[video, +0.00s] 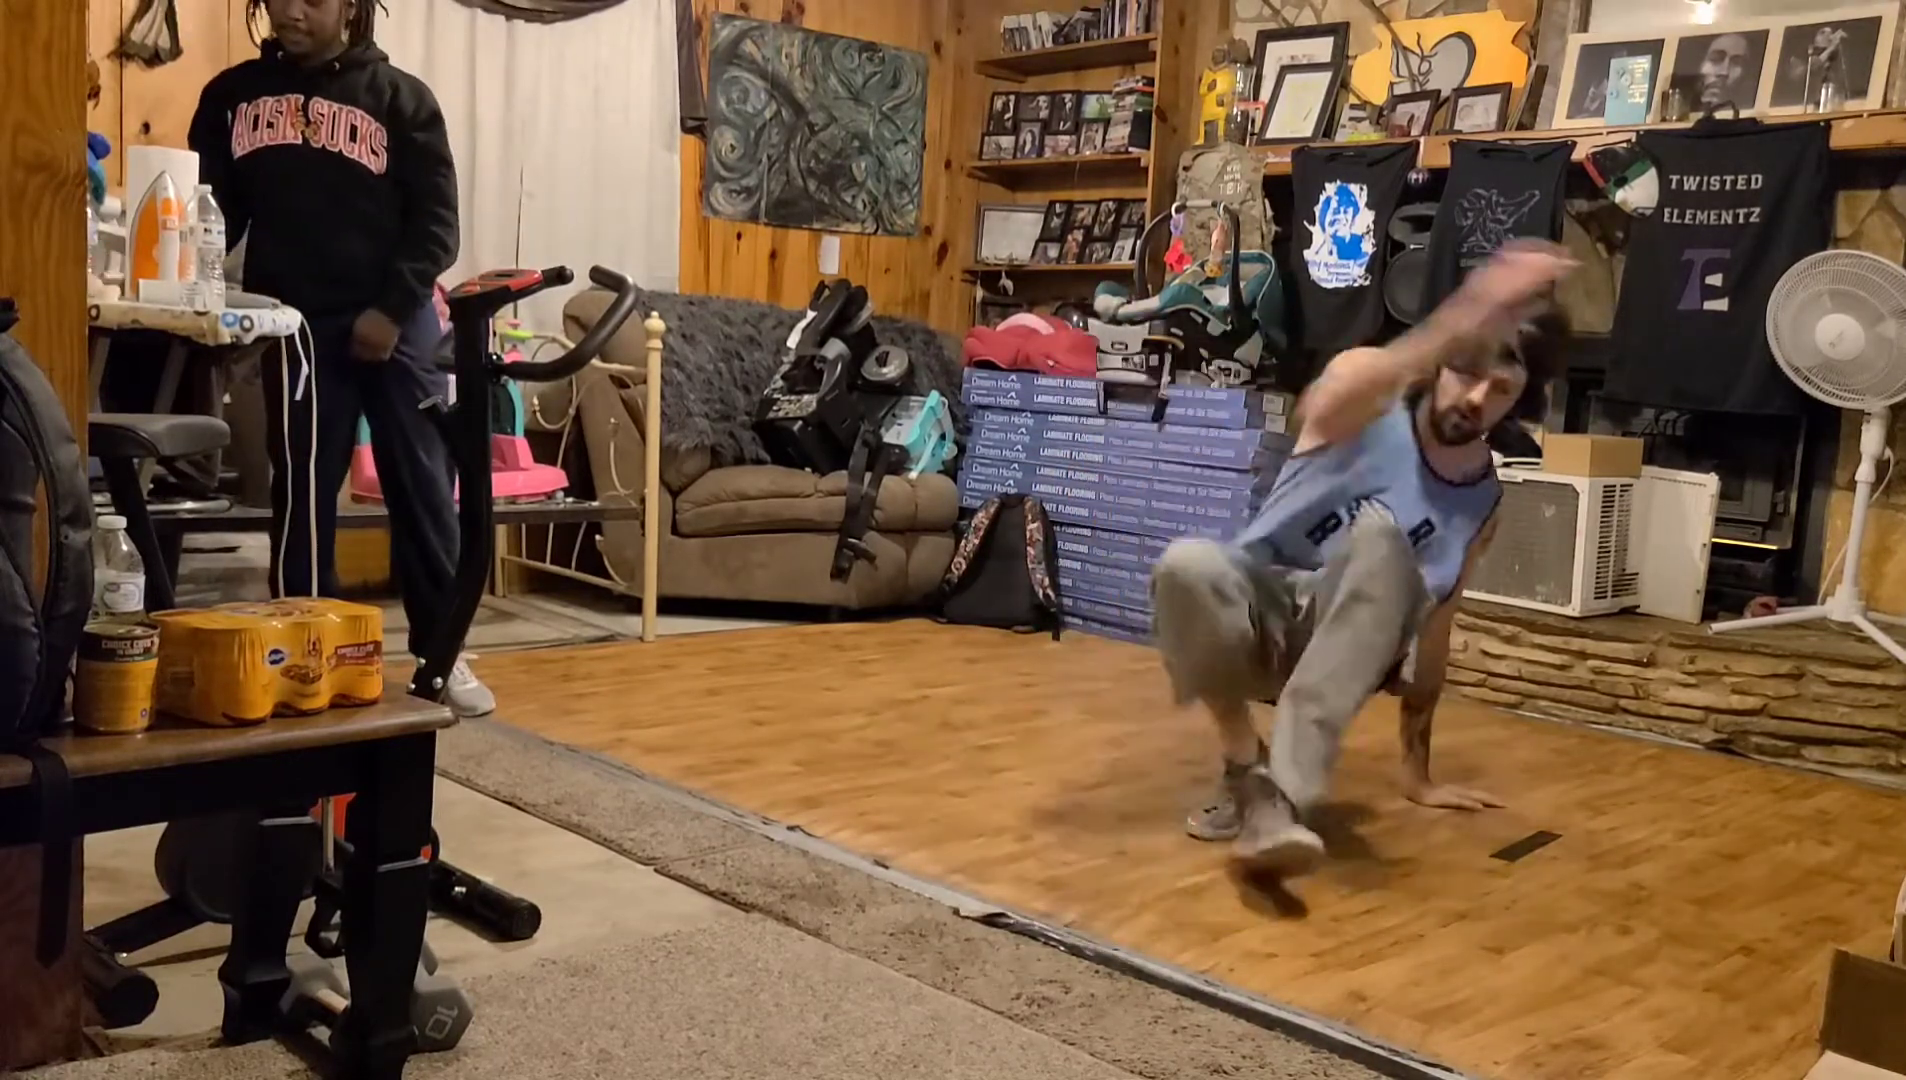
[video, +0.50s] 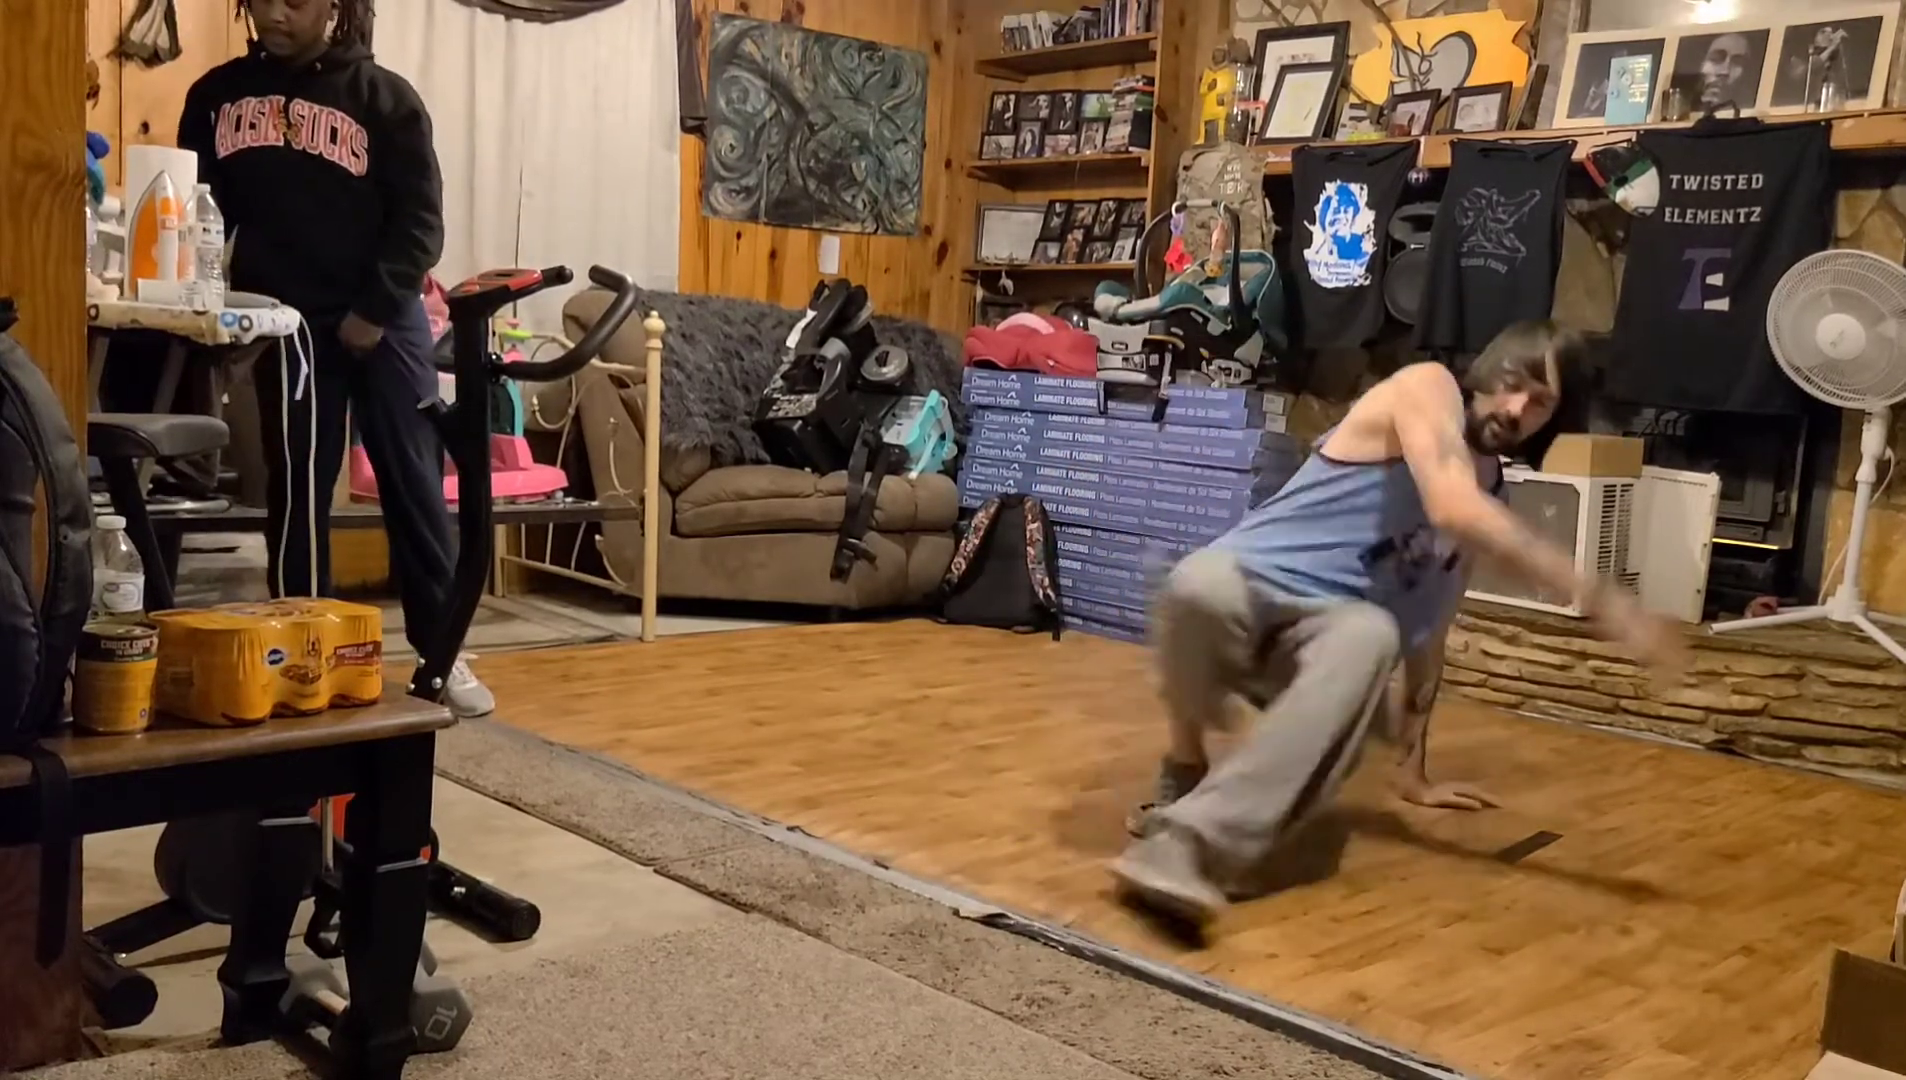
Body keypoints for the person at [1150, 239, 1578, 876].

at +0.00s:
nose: (1476, 399)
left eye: (1500, 388)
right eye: (1467, 373)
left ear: (1521, 399)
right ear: (1437, 360)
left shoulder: (1480, 501)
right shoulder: (1358, 397)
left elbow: (1432, 636)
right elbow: (1323, 414)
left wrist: (1418, 779)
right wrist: (1459, 313)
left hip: (1356, 632)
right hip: (1257, 604)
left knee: (1377, 536)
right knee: (1186, 568)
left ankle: (1281, 802)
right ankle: (1243, 767)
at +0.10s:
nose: (1501, 401)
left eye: (1525, 395)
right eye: (1499, 376)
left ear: (1540, 411)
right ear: (1472, 361)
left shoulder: (1494, 485)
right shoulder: (1404, 372)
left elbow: (1439, 620)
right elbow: (1421, 471)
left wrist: (1417, 772)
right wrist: (1589, 492)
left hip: (1341, 633)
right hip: (1253, 595)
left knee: (1401, 623)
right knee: (1239, 560)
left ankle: (1231, 820)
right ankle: (1224, 741)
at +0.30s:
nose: (1539, 459)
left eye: (1560, 455)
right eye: (1540, 434)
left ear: (1568, 472)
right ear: (1515, 415)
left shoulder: (1489, 507)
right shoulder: (1447, 450)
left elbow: (1443, 625)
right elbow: (1411, 615)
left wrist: (1429, 773)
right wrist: (1431, 786)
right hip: (1267, 566)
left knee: (1308, 773)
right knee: (1416, 721)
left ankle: (1155, 832)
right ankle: (1203, 660)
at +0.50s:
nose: (1517, 410)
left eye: (1538, 405)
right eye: (1513, 386)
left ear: (1548, 417)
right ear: (1484, 371)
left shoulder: (1483, 487)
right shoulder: (1425, 387)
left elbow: (1428, 629)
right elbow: (1451, 504)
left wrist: (1412, 776)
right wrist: (1590, 594)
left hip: (1327, 621)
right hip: (1246, 582)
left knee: (1372, 635)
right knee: (1197, 587)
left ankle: (1186, 848)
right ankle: (1183, 762)